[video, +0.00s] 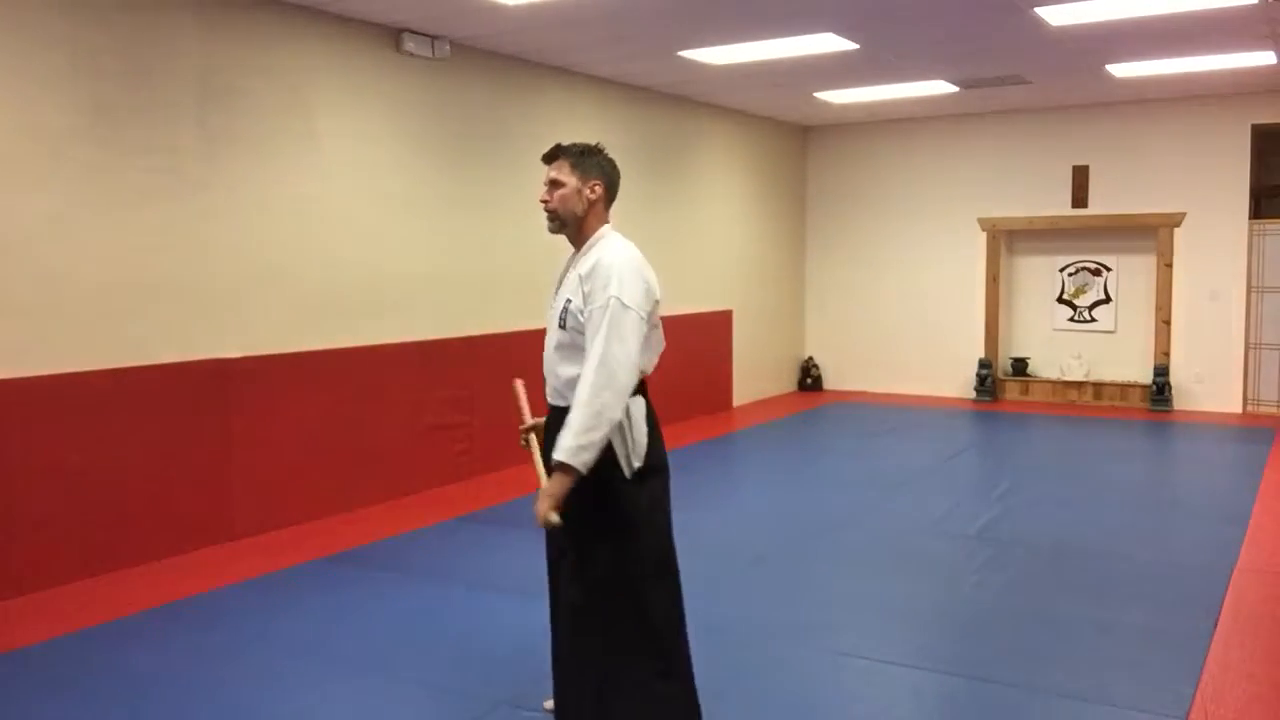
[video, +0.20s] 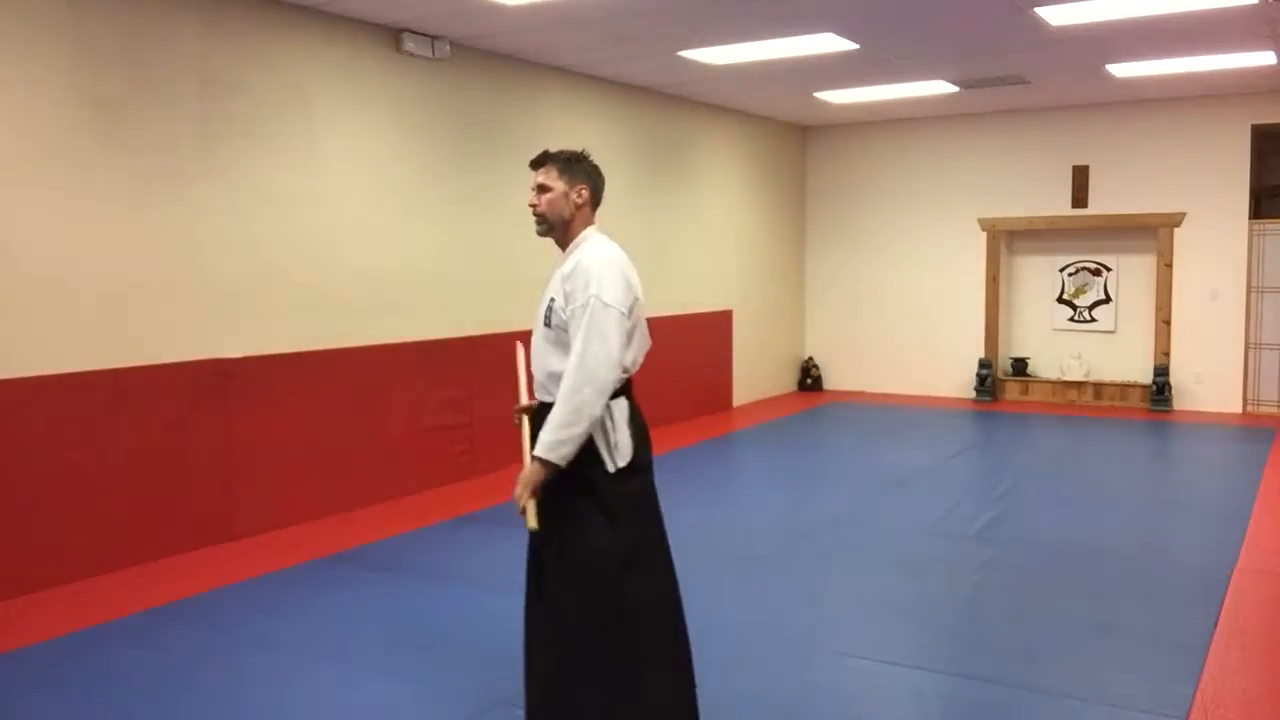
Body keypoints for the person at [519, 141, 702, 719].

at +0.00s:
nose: (544, 196)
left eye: (556, 186)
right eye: (545, 185)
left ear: (594, 192)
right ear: (584, 195)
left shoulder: (617, 266)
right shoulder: (584, 261)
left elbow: (607, 380)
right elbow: (588, 363)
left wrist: (563, 474)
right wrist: (555, 418)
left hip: (613, 446)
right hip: (580, 438)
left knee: (622, 598)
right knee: (585, 592)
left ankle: (633, 706)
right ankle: (586, 698)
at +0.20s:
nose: (532, 201)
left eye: (543, 190)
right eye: (532, 191)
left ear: (580, 195)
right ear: (574, 198)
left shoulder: (599, 264)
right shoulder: (578, 262)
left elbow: (591, 376)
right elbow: (587, 362)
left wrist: (543, 460)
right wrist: (547, 401)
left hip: (597, 447)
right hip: (578, 442)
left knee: (597, 602)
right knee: (583, 600)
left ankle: (607, 709)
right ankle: (591, 706)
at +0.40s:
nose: (520, 201)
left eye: (530, 191)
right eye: (519, 191)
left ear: (567, 196)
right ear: (557, 200)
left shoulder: (587, 261)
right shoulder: (566, 261)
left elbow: (588, 366)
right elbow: (575, 357)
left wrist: (531, 445)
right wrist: (524, 382)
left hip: (590, 440)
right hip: (568, 436)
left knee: (585, 592)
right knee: (564, 590)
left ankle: (594, 709)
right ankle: (571, 707)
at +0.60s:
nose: (510, 201)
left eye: (520, 190)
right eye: (509, 191)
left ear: (556, 194)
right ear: (544, 198)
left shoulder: (575, 259)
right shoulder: (549, 260)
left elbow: (573, 357)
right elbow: (539, 352)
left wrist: (509, 414)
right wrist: (488, 366)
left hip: (579, 435)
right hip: (550, 432)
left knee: (574, 576)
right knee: (535, 574)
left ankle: (574, 702)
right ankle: (539, 701)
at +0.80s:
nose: (493, 200)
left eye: (504, 190)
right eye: (493, 190)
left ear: (540, 196)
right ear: (522, 199)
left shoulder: (555, 259)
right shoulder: (533, 261)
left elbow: (558, 363)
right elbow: (517, 341)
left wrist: (498, 421)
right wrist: (453, 325)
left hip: (561, 430)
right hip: (537, 427)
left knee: (542, 564)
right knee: (540, 563)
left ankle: (537, 699)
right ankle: (551, 694)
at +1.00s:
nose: (477, 209)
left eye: (487, 198)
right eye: (475, 198)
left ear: (523, 201)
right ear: (504, 204)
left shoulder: (546, 270)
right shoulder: (514, 262)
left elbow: (551, 377)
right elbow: (494, 313)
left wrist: (489, 425)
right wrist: (432, 297)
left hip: (552, 434)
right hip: (516, 430)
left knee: (541, 565)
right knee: (506, 562)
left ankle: (547, 696)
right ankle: (511, 693)